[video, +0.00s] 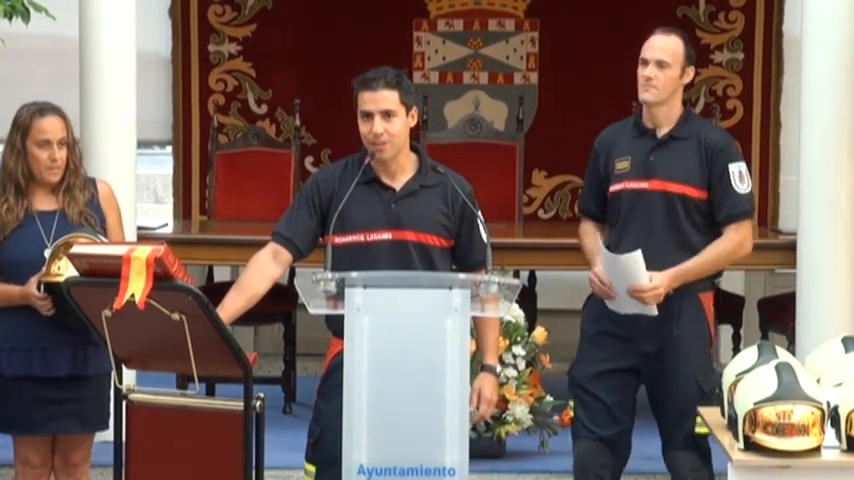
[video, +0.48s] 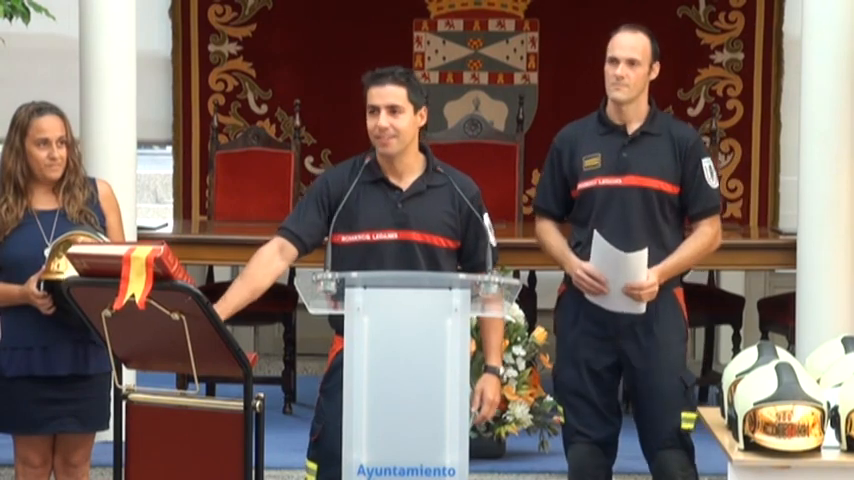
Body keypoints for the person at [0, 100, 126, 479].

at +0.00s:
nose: (55, 155)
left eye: (62, 144)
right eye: (43, 145)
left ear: (72, 147)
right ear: (20, 149)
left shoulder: (98, 194)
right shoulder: (6, 205)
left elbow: (122, 271)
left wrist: (80, 281)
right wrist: (21, 294)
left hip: (85, 359)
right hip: (22, 359)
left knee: (75, 464)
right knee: (32, 465)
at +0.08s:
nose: (55, 154)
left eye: (62, 144)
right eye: (43, 144)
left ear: (72, 147)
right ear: (20, 149)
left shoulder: (97, 194)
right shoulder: (6, 204)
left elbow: (122, 270)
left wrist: (80, 282)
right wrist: (21, 294)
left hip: (85, 359)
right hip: (22, 360)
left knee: (75, 464)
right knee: (32, 465)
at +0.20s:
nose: (55, 154)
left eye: (62, 143)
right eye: (42, 144)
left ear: (72, 147)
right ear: (20, 149)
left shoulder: (98, 194)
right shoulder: (6, 205)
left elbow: (123, 270)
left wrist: (80, 282)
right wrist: (21, 294)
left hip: (85, 358)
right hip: (22, 359)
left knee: (76, 464)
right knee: (32, 464)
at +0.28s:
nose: (54, 153)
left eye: (61, 143)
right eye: (42, 144)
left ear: (72, 147)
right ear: (19, 149)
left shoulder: (98, 194)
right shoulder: (6, 204)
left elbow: (122, 270)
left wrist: (79, 282)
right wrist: (21, 294)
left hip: (85, 358)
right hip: (22, 359)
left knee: (76, 464)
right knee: (32, 464)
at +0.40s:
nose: (54, 153)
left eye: (62, 143)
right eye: (42, 143)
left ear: (72, 146)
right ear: (19, 149)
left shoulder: (98, 194)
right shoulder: (6, 204)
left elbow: (122, 270)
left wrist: (80, 283)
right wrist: (21, 293)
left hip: (86, 358)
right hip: (23, 359)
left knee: (76, 464)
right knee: (33, 465)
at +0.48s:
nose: (54, 153)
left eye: (62, 143)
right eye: (42, 143)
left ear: (72, 146)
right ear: (20, 149)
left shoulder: (98, 194)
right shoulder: (6, 205)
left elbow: (122, 270)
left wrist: (81, 282)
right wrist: (21, 293)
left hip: (86, 358)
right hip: (24, 359)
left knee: (76, 464)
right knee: (33, 465)